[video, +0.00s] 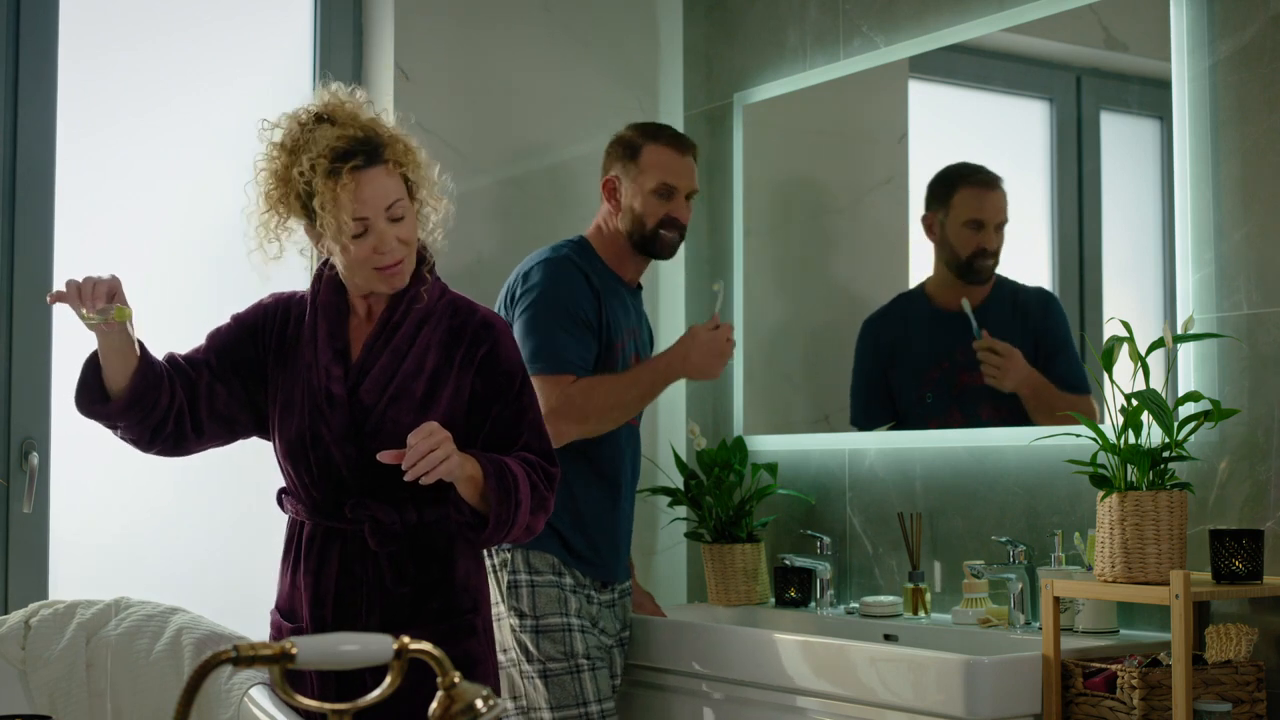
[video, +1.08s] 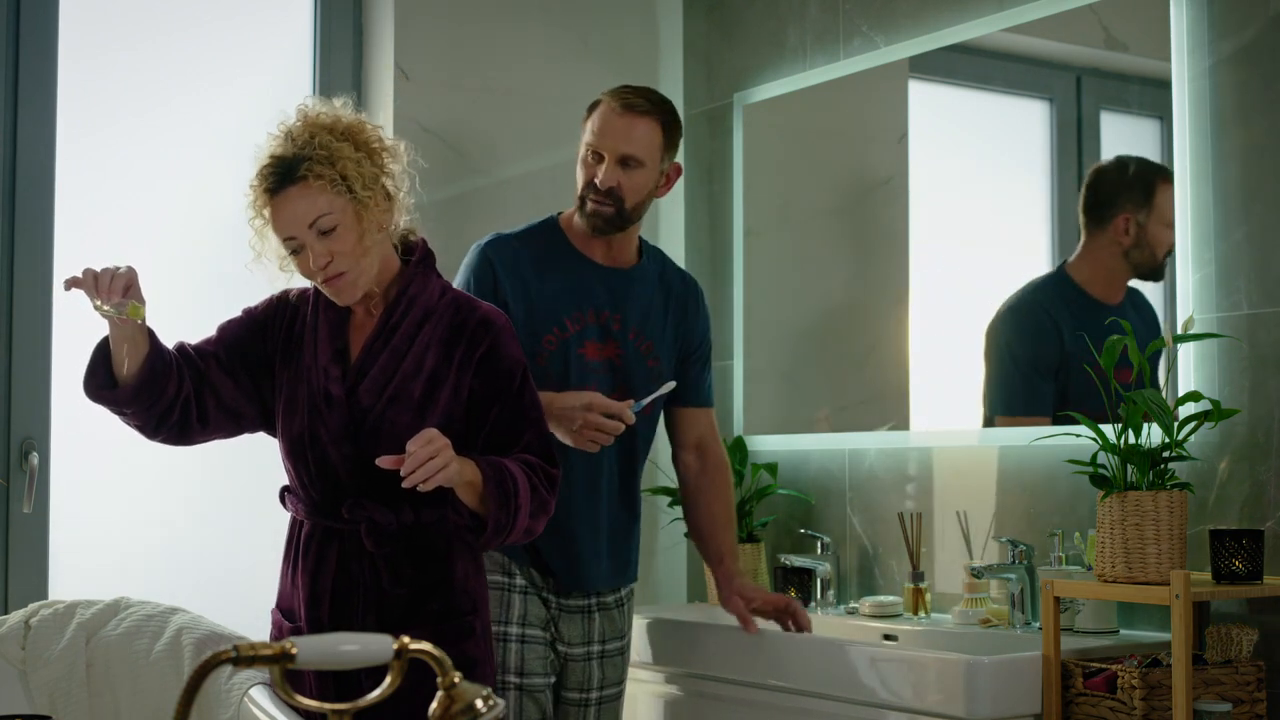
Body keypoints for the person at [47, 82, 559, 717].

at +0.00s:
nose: (387, 245)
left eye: (398, 214)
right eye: (357, 229)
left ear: (417, 206)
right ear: (319, 234)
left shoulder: (478, 339)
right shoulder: (283, 332)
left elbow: (533, 492)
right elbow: (163, 414)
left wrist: (464, 469)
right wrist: (112, 330)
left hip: (441, 617)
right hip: (316, 618)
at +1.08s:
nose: (315, 259)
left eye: (327, 229)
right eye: (295, 245)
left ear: (379, 209)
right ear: (284, 250)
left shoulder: (475, 333)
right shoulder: (289, 329)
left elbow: (534, 488)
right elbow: (172, 404)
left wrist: (464, 473)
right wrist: (126, 321)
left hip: (436, 615)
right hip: (313, 615)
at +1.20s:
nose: (312, 259)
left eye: (326, 230)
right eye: (294, 244)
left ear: (380, 208)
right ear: (281, 247)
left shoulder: (475, 333)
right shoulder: (289, 328)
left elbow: (533, 492)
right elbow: (170, 403)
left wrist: (464, 474)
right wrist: (127, 322)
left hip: (435, 618)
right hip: (312, 616)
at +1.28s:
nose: (312, 258)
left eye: (326, 229)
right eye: (294, 243)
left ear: (381, 207)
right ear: (281, 245)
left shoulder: (475, 334)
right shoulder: (289, 328)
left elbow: (533, 494)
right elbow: (169, 404)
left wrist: (462, 475)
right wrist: (125, 318)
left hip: (435, 618)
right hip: (311, 617)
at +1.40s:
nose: (313, 255)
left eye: (327, 227)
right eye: (295, 240)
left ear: (383, 207)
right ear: (283, 243)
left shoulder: (475, 335)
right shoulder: (289, 327)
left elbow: (532, 496)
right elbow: (173, 404)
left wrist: (462, 476)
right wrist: (127, 320)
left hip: (436, 618)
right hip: (312, 617)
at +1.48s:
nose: (313, 254)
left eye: (327, 225)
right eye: (295, 239)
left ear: (384, 207)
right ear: (285, 242)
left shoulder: (476, 335)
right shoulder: (290, 327)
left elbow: (532, 496)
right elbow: (174, 404)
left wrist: (462, 476)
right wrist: (128, 325)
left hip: (436, 620)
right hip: (311, 619)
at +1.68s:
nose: (314, 250)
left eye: (329, 222)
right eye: (297, 235)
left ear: (387, 206)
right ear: (287, 238)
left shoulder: (477, 336)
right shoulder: (292, 327)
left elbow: (533, 495)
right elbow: (177, 406)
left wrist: (462, 477)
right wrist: (128, 324)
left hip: (437, 616)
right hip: (313, 614)